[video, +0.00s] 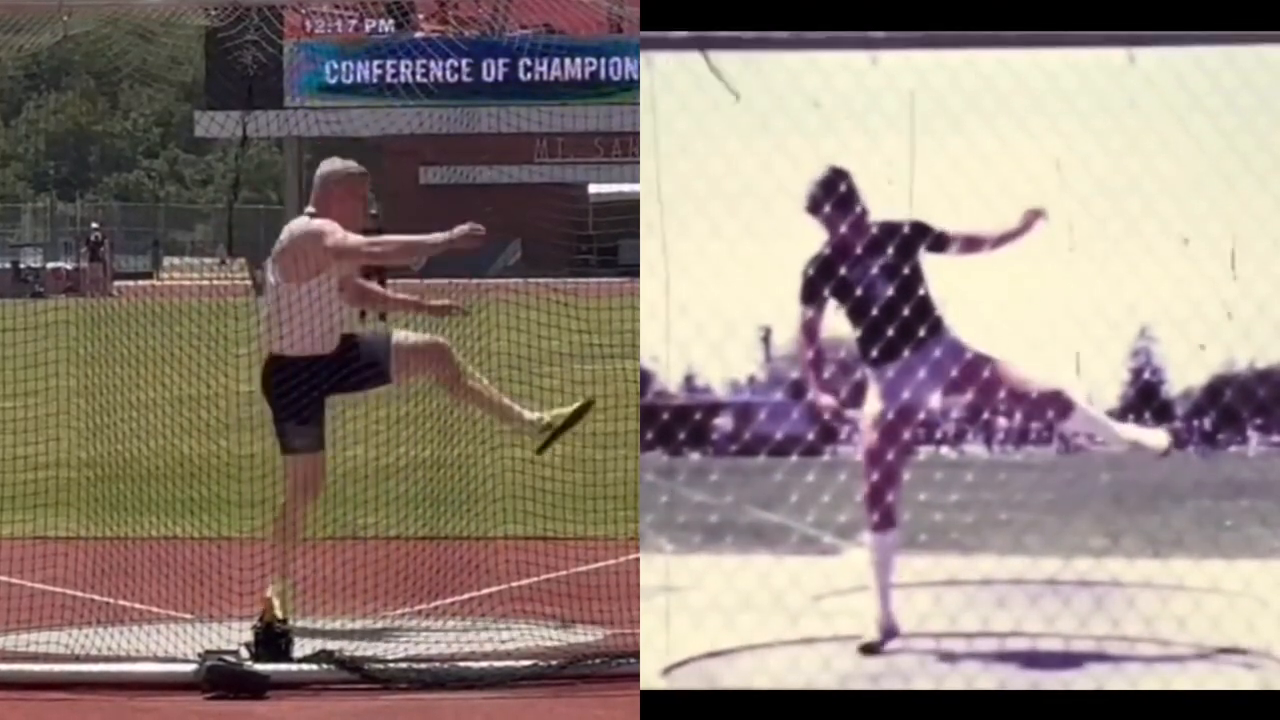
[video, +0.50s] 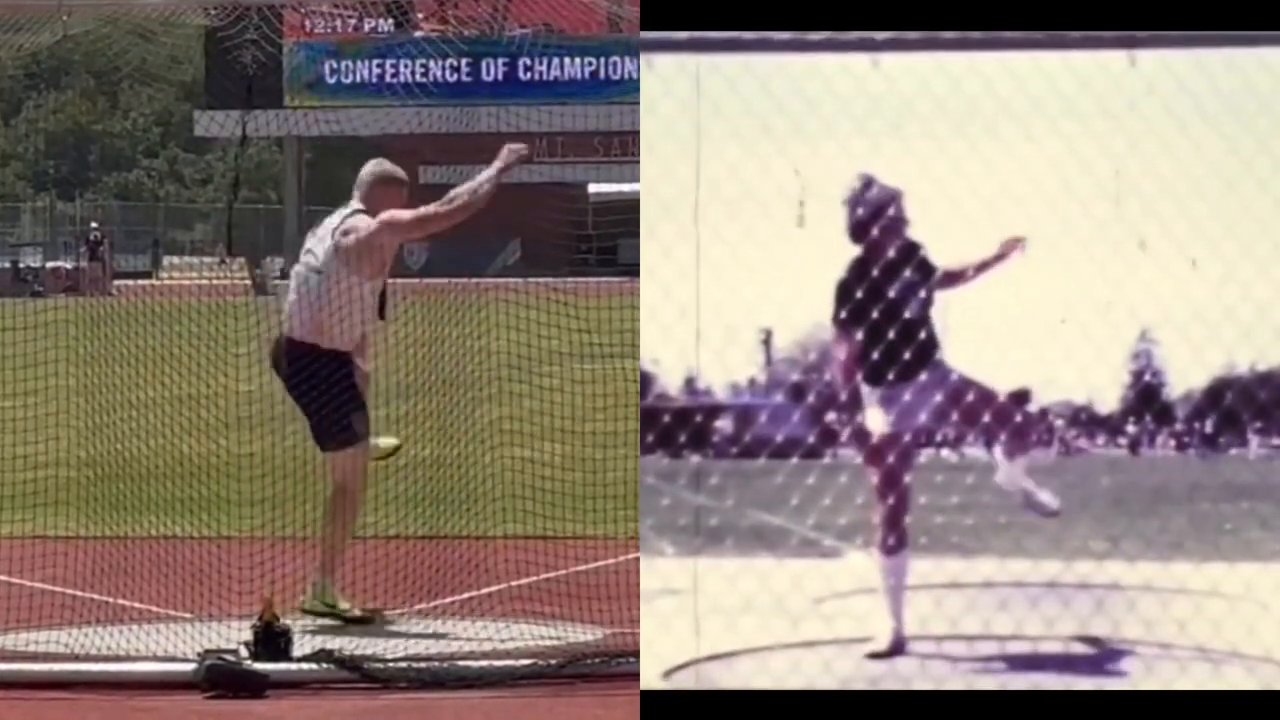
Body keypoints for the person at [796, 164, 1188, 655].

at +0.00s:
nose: (839, 228)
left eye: (843, 215)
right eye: (829, 221)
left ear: (858, 206)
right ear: (821, 222)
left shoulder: (900, 236)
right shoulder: (821, 271)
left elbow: (965, 244)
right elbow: (808, 337)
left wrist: (1016, 232)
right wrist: (816, 390)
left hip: (944, 358)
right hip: (890, 383)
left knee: (1048, 398)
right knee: (878, 489)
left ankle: (1129, 437)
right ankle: (884, 619)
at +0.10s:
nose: (847, 221)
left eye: (849, 207)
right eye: (835, 215)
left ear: (862, 199)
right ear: (824, 218)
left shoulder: (901, 234)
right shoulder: (823, 267)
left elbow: (967, 243)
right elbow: (809, 335)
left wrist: (1021, 226)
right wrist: (816, 389)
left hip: (944, 354)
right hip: (889, 379)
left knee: (1044, 399)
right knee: (881, 492)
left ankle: (1124, 434)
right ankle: (890, 616)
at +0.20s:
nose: (854, 221)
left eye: (857, 209)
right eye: (843, 215)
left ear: (868, 204)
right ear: (832, 218)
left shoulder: (902, 241)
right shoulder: (827, 273)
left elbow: (964, 255)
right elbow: (812, 341)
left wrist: (1016, 231)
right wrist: (820, 399)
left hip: (941, 360)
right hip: (887, 385)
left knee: (1033, 401)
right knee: (886, 496)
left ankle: (1099, 438)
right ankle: (891, 618)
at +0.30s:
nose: (865, 216)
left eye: (868, 205)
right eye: (854, 210)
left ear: (880, 204)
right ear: (839, 219)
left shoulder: (904, 246)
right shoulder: (833, 277)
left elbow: (957, 265)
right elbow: (820, 346)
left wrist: (1008, 242)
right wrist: (824, 396)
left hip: (938, 366)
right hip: (887, 390)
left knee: (1021, 403)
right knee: (887, 497)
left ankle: (1073, 452)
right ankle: (891, 618)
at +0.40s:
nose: (891, 226)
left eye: (892, 216)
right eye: (880, 220)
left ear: (895, 215)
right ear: (860, 228)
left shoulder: (909, 254)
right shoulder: (849, 282)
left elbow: (947, 278)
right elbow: (836, 355)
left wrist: (999, 256)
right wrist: (846, 420)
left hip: (938, 376)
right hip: (892, 398)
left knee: (1015, 416)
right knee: (890, 504)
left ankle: (1030, 469)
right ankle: (895, 625)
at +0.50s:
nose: (902, 223)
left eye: (901, 214)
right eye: (892, 217)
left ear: (900, 216)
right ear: (872, 227)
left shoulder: (910, 255)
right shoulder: (854, 285)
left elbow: (940, 282)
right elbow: (846, 357)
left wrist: (995, 260)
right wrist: (858, 418)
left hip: (935, 380)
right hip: (887, 400)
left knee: (1009, 421)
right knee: (893, 507)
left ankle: (1011, 475)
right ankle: (896, 626)